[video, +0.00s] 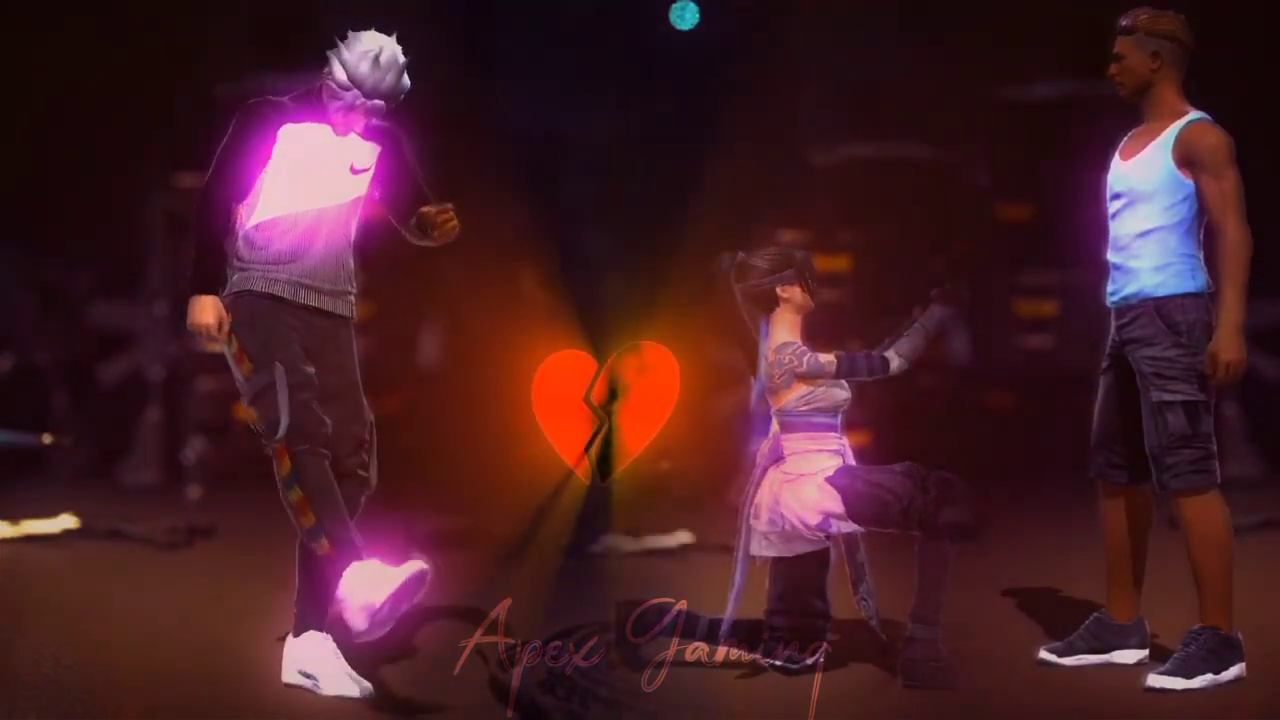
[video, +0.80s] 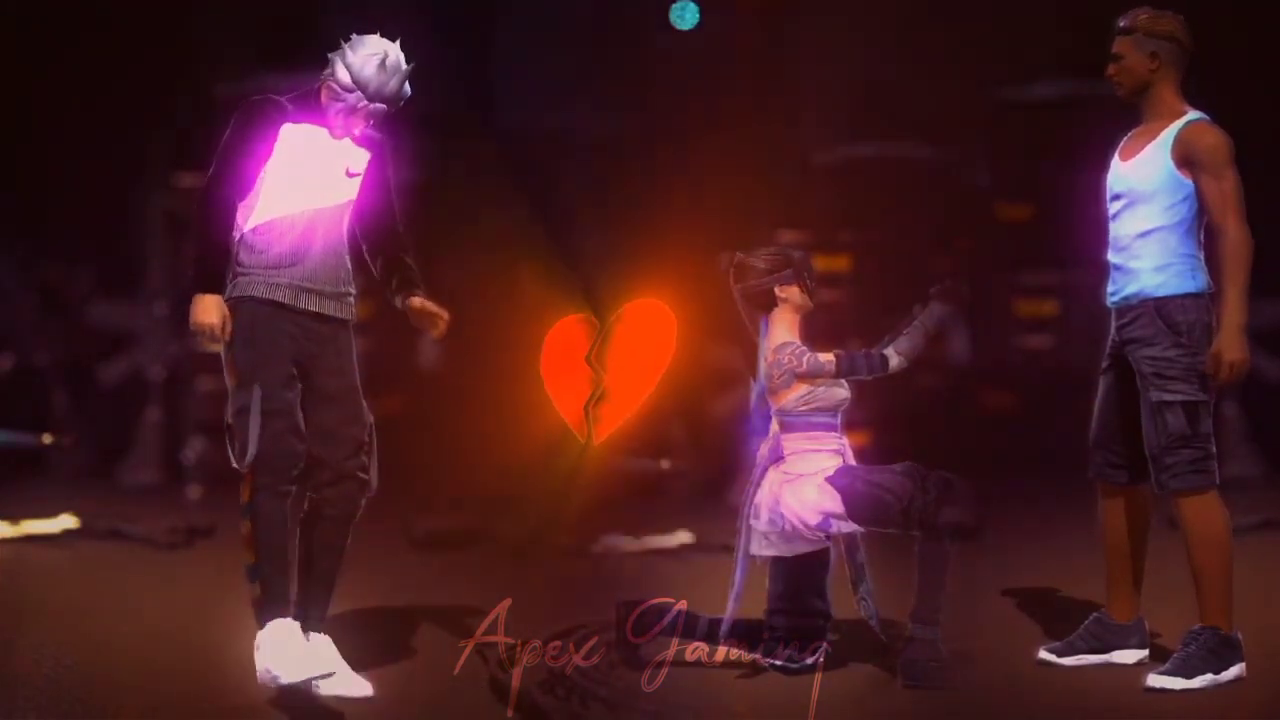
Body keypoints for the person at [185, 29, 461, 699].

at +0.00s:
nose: (360, 121)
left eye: (374, 112)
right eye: (353, 105)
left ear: (385, 105)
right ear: (332, 84)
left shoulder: (384, 141)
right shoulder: (270, 117)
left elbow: (404, 216)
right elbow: (218, 201)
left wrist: (429, 225)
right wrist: (204, 285)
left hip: (333, 311)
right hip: (263, 297)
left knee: (353, 464)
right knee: (297, 438)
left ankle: (308, 638)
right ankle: (355, 574)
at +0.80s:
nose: (358, 126)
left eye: (373, 116)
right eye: (352, 109)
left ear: (386, 111)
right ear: (329, 86)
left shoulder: (376, 148)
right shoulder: (270, 116)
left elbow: (383, 235)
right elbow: (221, 198)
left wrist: (409, 292)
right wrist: (208, 285)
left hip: (332, 321)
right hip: (262, 309)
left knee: (346, 469)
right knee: (278, 464)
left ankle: (312, 628)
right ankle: (274, 627)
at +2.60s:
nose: (350, 118)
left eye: (364, 109)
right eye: (345, 100)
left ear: (376, 108)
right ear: (321, 83)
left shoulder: (369, 156)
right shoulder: (257, 119)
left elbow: (367, 254)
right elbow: (213, 196)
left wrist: (363, 342)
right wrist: (216, 281)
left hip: (328, 334)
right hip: (252, 320)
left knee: (337, 480)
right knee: (212, 473)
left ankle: (307, 638)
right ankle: (175, 626)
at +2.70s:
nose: (348, 116)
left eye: (362, 108)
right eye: (341, 98)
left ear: (375, 107)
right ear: (319, 82)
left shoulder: (369, 157)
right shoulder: (257, 122)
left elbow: (361, 255)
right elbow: (213, 197)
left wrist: (353, 345)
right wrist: (217, 279)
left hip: (325, 333)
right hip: (250, 319)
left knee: (334, 479)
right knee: (208, 473)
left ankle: (307, 637)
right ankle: (172, 625)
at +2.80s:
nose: (344, 115)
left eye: (359, 107)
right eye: (338, 96)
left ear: (372, 107)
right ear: (315, 81)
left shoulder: (364, 154)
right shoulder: (251, 118)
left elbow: (358, 227)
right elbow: (208, 198)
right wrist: (218, 277)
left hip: (319, 331)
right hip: (244, 318)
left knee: (333, 478)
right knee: (203, 471)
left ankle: (306, 637)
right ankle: (169, 623)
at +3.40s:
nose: (340, 111)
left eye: (354, 102)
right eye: (333, 94)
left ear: (365, 98)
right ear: (308, 78)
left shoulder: (362, 150)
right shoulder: (236, 115)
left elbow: (344, 241)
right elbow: (189, 197)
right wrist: (210, 269)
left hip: (307, 329)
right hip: (227, 319)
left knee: (321, 477)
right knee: (188, 470)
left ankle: (304, 639)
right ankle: (161, 623)